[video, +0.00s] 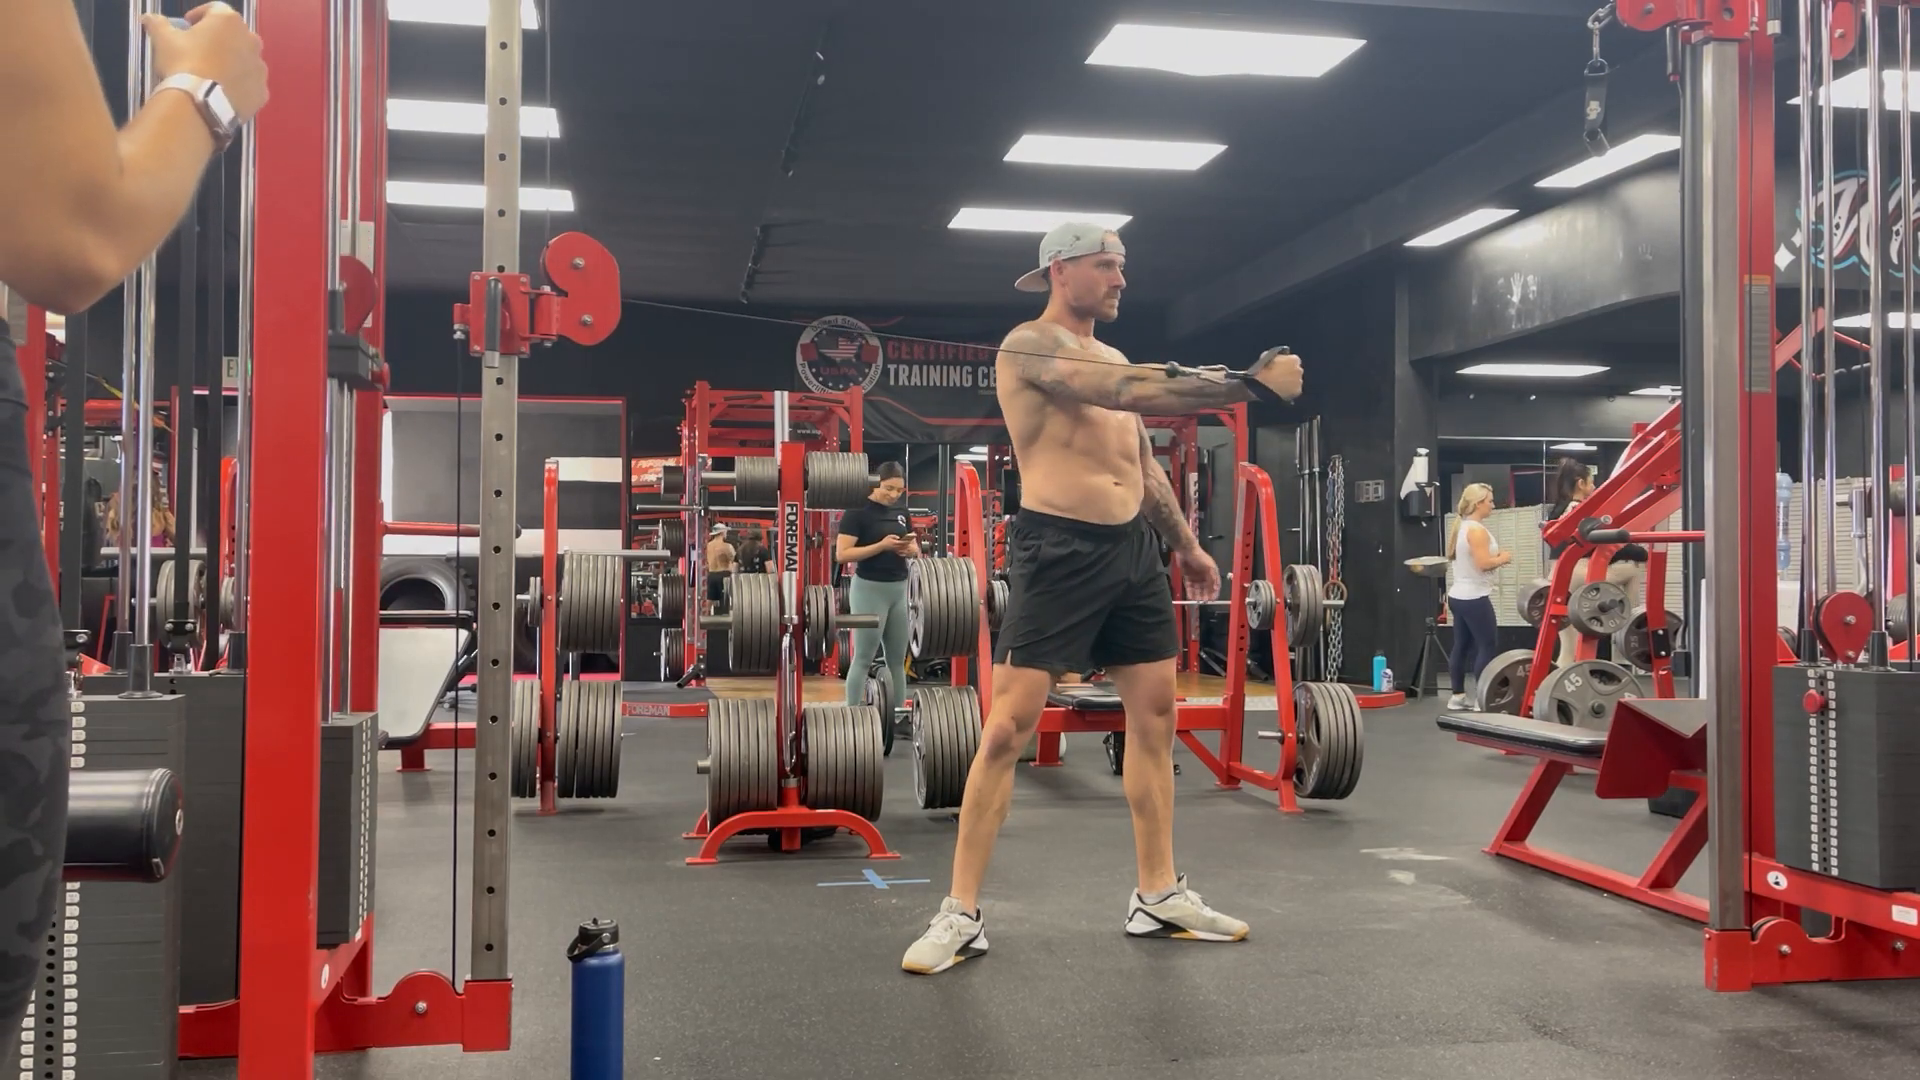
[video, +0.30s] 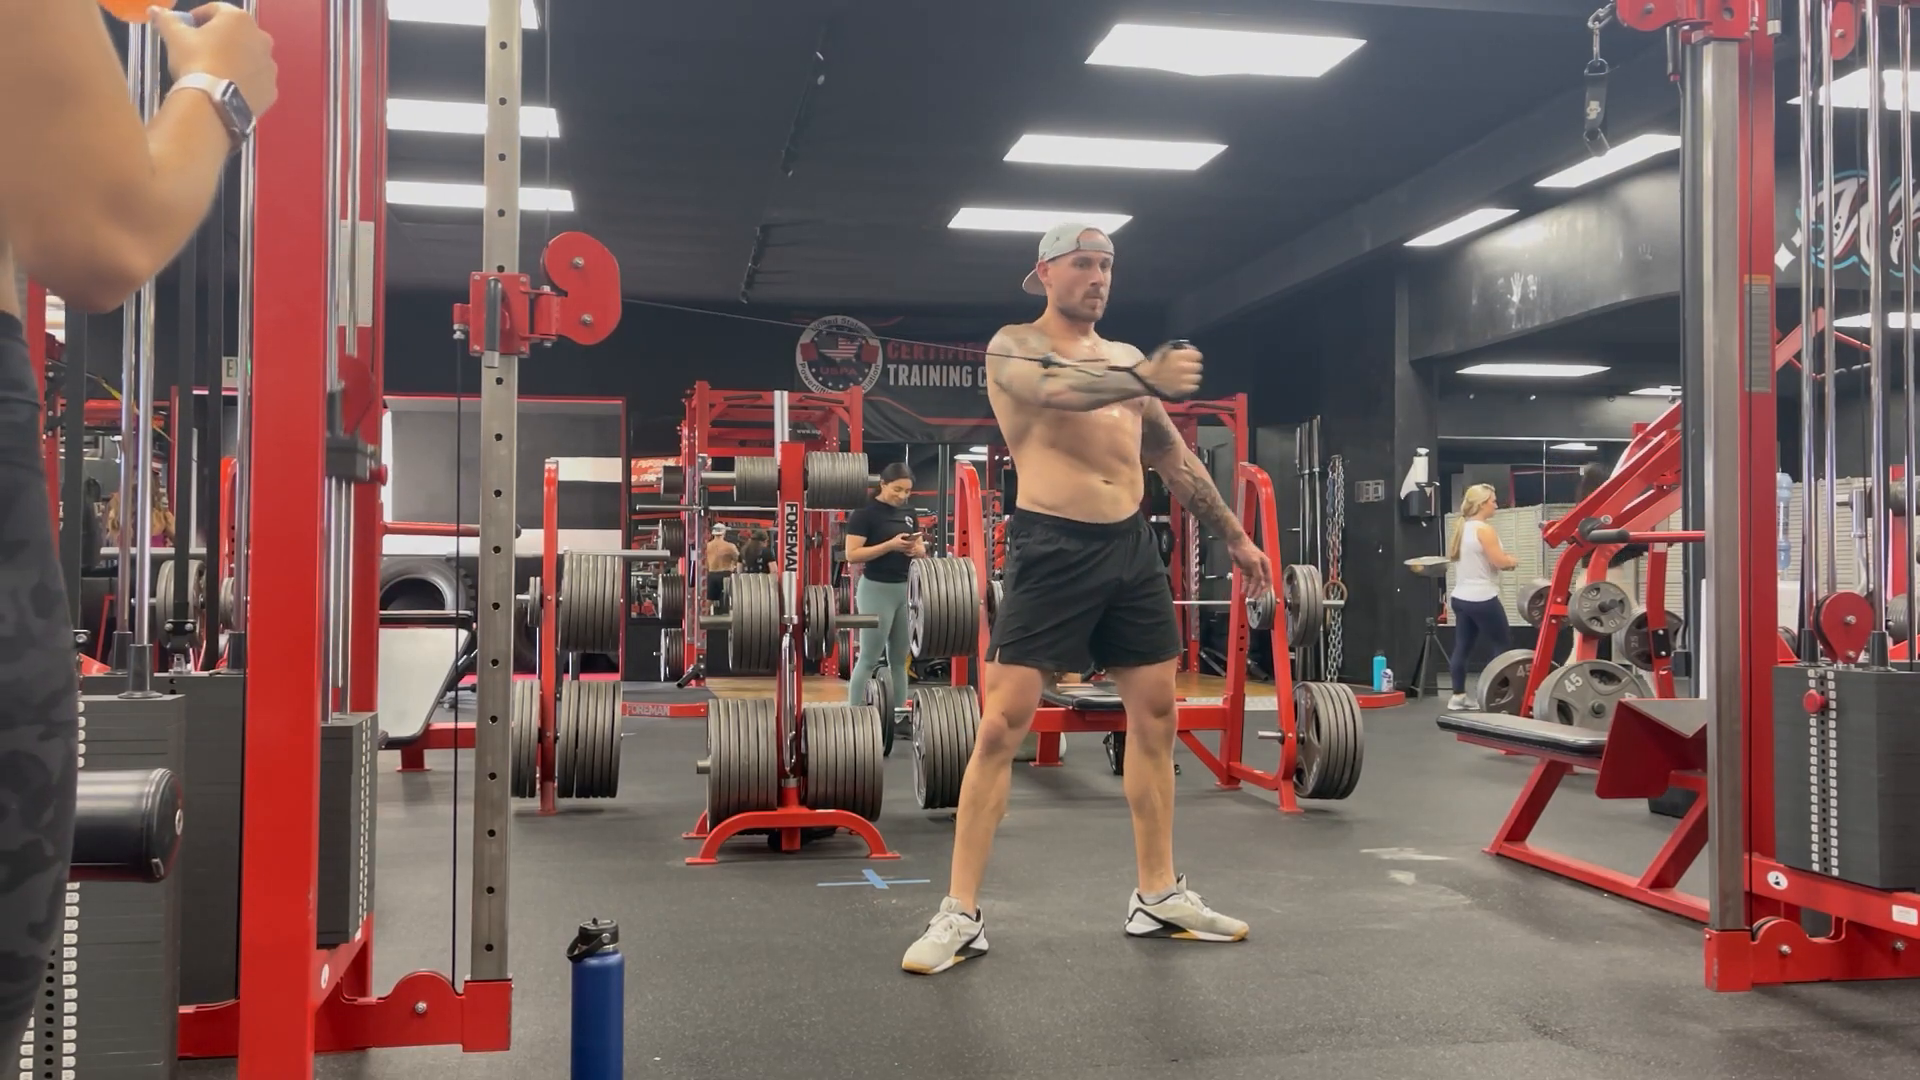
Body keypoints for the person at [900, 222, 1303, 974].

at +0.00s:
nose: (1120, 275)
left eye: (1120, 265)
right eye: (1106, 262)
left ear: (1103, 280)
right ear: (1058, 272)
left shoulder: (1118, 364)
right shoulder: (1028, 343)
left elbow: (1144, 465)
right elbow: (1117, 385)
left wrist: (1187, 543)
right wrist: (1246, 382)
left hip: (1135, 552)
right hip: (1056, 550)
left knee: (1155, 719)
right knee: (1004, 733)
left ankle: (1157, 894)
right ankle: (961, 910)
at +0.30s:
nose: (1097, 275)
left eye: (1104, 264)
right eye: (1081, 261)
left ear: (1111, 278)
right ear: (1042, 275)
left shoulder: (1128, 362)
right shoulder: (1011, 344)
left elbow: (1176, 458)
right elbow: (1049, 391)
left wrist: (1235, 537)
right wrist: (1145, 376)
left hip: (1131, 552)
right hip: (1046, 549)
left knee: (1156, 717)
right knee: (998, 728)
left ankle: (1158, 895)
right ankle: (959, 909)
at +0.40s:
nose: (1085, 274)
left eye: (1096, 264)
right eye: (1069, 262)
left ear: (1107, 281)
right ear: (1038, 276)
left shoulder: (1133, 361)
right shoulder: (1009, 343)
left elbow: (1187, 457)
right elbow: (1022, 393)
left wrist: (1251, 536)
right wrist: (1102, 372)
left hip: (1132, 552)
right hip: (1047, 549)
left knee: (1157, 717)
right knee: (997, 727)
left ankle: (1157, 895)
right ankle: (960, 910)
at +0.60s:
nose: (1058, 272)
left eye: (1073, 261)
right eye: (1046, 262)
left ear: (1100, 279)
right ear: (1029, 279)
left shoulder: (1141, 360)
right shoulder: (1005, 346)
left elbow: (1209, 453)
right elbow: (970, 396)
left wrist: (1281, 527)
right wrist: (990, 377)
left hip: (1128, 551)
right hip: (1041, 551)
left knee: (1157, 718)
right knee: (994, 723)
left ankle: (1157, 894)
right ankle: (959, 909)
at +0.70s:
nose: (1047, 273)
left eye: (1063, 261)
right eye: (1038, 263)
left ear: (1097, 278)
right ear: (1026, 279)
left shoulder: (1142, 360)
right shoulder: (1005, 348)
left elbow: (1215, 451)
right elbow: (967, 376)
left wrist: (1292, 525)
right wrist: (956, 378)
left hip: (1125, 549)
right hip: (1037, 550)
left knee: (1157, 720)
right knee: (990, 726)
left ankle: (1158, 894)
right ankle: (960, 909)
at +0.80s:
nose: (1042, 274)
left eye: (1058, 262)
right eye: (1034, 264)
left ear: (1095, 277)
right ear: (1025, 280)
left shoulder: (1144, 360)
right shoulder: (1001, 352)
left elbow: (1217, 447)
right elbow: (946, 393)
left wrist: (1297, 525)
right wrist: (915, 380)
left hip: (1124, 550)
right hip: (1034, 551)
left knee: (1156, 720)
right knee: (987, 726)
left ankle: (1158, 896)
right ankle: (960, 910)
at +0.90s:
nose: (1045, 272)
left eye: (1061, 261)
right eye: (1035, 262)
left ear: (1096, 279)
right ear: (1026, 281)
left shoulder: (1145, 360)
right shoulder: (1000, 353)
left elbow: (1216, 448)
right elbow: (939, 386)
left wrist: (1296, 522)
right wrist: (894, 374)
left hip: (1125, 551)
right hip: (1035, 552)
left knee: (1158, 719)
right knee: (989, 723)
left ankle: (1157, 894)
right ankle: (959, 910)